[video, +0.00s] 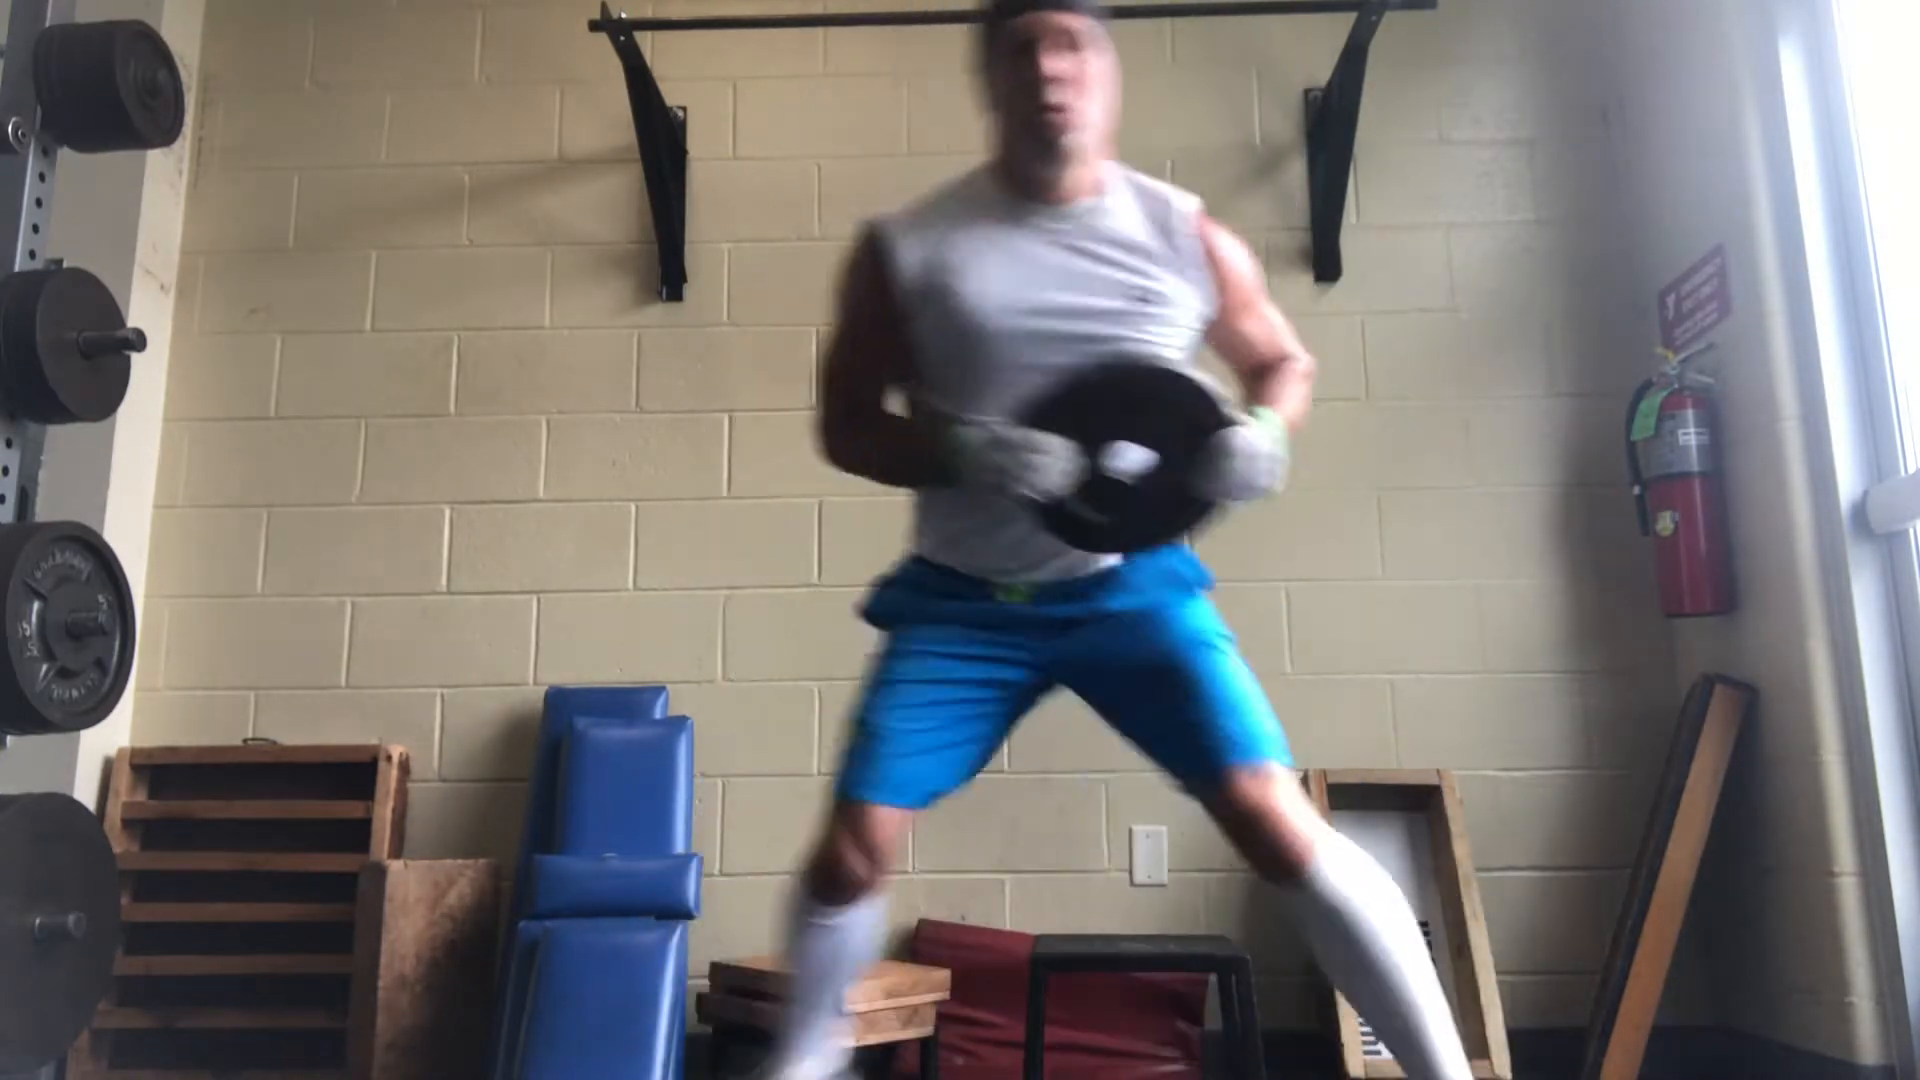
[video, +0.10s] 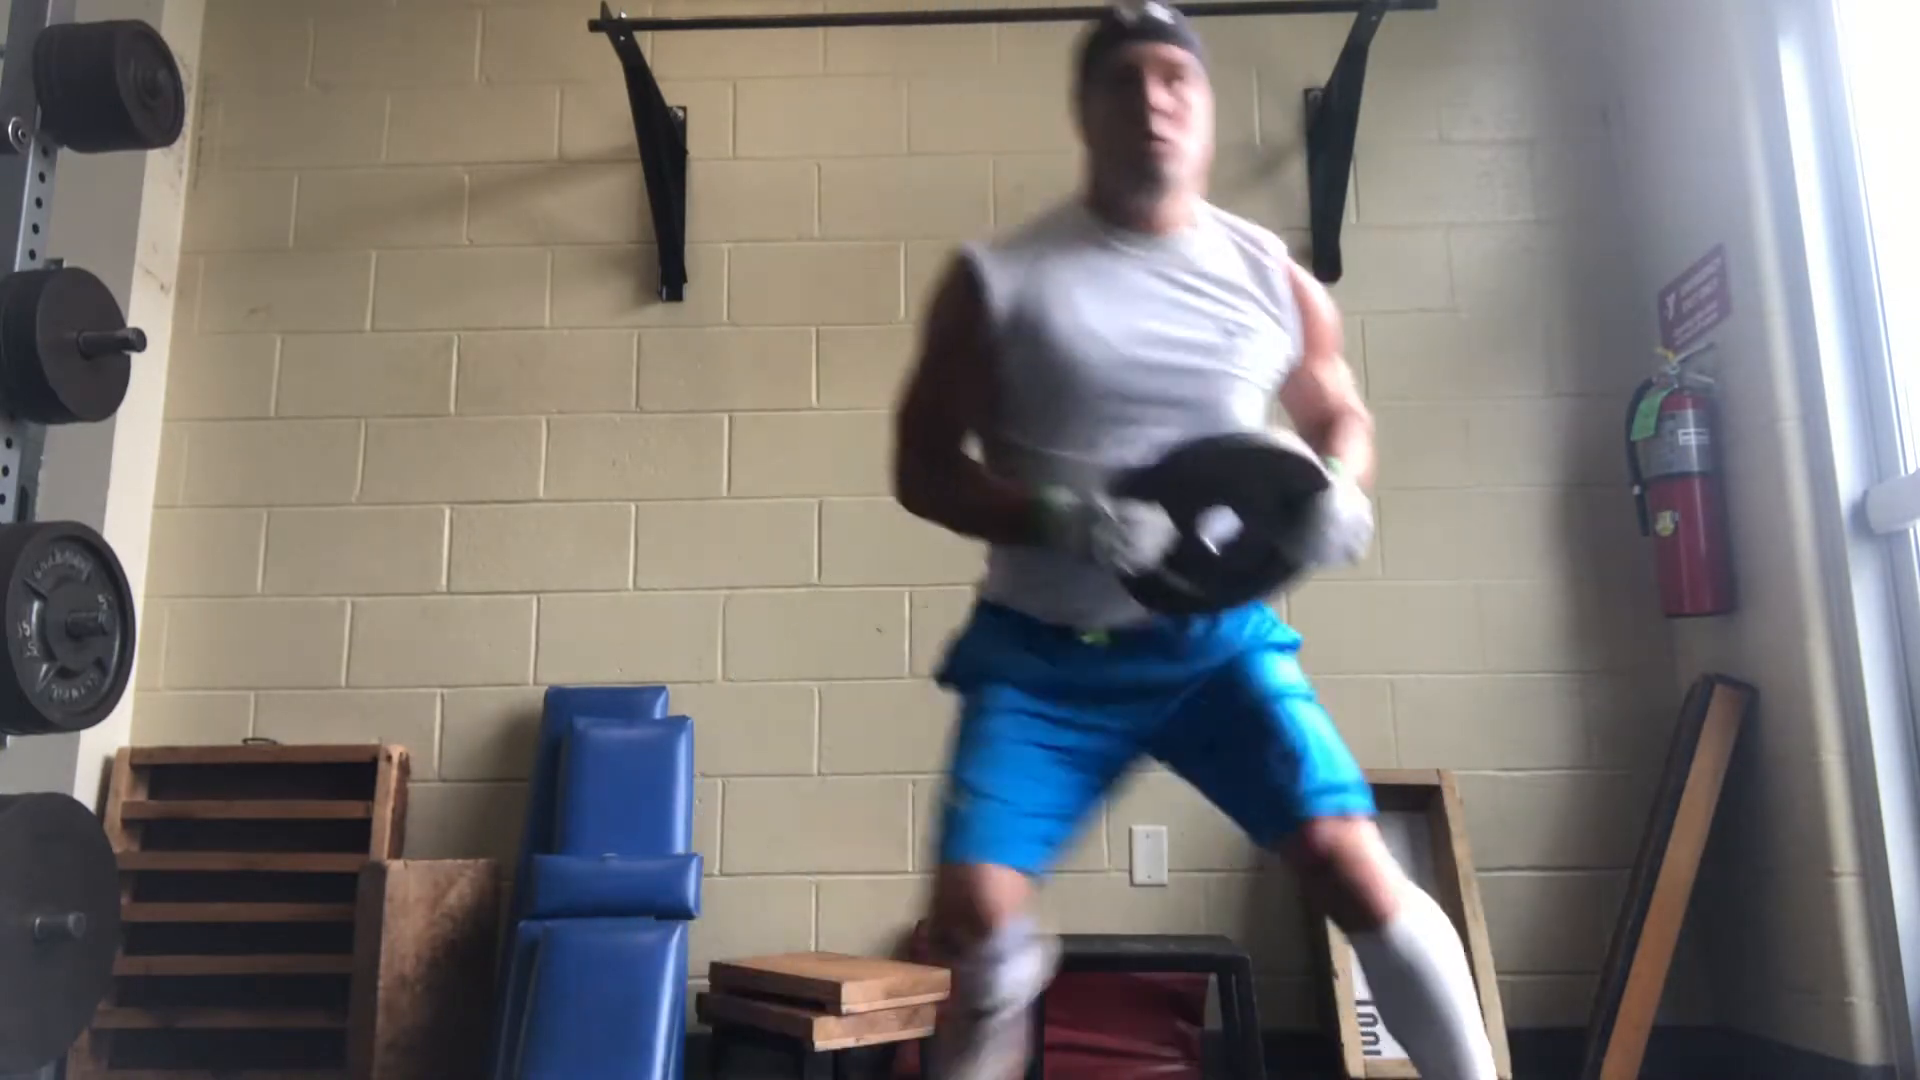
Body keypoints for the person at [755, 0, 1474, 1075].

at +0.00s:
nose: (1052, 71)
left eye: (1073, 46)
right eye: (1025, 50)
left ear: (1111, 74)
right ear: (989, 81)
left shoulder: (1187, 238)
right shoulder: (902, 250)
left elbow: (1285, 364)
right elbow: (846, 428)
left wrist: (1265, 433)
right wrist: (958, 453)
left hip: (1137, 594)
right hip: (962, 604)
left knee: (1274, 823)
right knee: (854, 846)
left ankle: (1448, 1070)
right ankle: (802, 1065)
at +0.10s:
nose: (1152, 104)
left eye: (1173, 80)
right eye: (1122, 83)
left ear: (1209, 112)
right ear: (1081, 115)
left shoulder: (1274, 278)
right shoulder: (997, 282)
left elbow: (1343, 419)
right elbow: (922, 471)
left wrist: (1334, 496)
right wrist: (1052, 516)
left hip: (1226, 650)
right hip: (1046, 658)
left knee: (1351, 865)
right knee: (975, 904)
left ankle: (1475, 1072)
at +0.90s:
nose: (994, 98)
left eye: (1018, 71)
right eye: (968, 74)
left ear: (1062, 89)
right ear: (934, 96)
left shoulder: (1142, 247)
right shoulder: (851, 260)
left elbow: (1287, 394)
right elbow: (800, 423)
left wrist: (1198, 459)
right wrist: (903, 466)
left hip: (1105, 605)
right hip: (920, 621)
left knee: (1236, 813)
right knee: (773, 863)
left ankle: (1400, 1067)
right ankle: (634, 1074)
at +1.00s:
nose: (1133, 111)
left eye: (1157, 83)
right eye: (1106, 84)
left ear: (1200, 105)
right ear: (1067, 104)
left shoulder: (1258, 275)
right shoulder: (966, 265)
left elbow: (1362, 418)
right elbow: (907, 455)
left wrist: (1340, 476)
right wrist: (1022, 485)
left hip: (1200, 643)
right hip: (1018, 644)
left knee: (1348, 878)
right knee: (897, 887)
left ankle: (1497, 1074)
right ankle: (884, 1036)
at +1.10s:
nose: (1242, 145)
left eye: (1267, 122)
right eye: (1214, 119)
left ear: (1300, 147)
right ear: (1168, 135)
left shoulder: (1347, 329)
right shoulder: (1053, 303)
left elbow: (1418, 469)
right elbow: (980, 499)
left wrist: (1422, 538)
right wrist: (1124, 557)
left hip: (1262, 668)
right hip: (1082, 678)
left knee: (1387, 878)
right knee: (1032, 956)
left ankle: (1515, 1074)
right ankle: (1094, 982)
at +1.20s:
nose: (1271, 150)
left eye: (1298, 126)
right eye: (1245, 121)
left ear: (1326, 154)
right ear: (1193, 137)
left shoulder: (1364, 332)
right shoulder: (1070, 297)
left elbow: (1433, 489)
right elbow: (982, 479)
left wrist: (1412, 551)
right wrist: (1087, 547)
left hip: (1281, 662)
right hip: (1091, 660)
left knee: (1403, 877)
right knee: (993, 898)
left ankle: (1520, 1074)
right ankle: (1068, 944)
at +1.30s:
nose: (1213, 113)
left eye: (1239, 89)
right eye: (1187, 85)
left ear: (1274, 117)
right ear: (1142, 100)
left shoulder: (1317, 285)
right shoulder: (1021, 258)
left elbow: (1384, 474)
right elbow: (935, 410)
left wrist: (1290, 502)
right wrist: (1007, 487)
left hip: (1226, 634)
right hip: (1042, 614)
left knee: (1365, 876)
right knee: (883, 775)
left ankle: (1505, 1076)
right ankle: (899, 916)